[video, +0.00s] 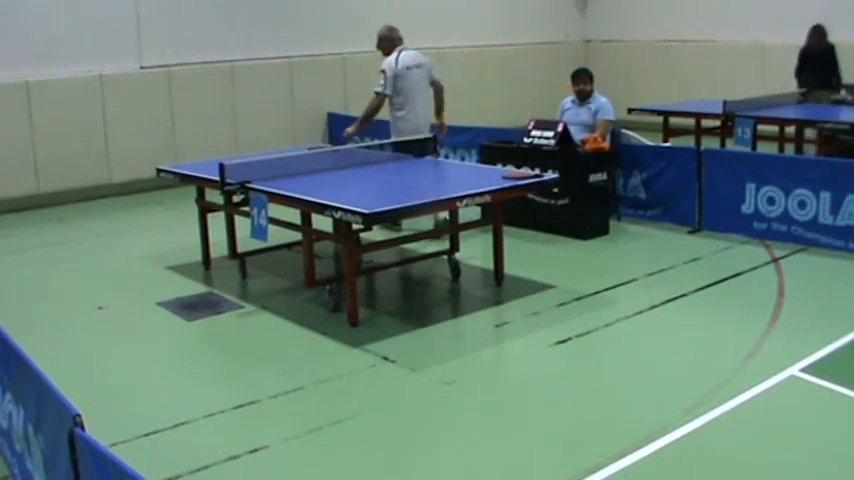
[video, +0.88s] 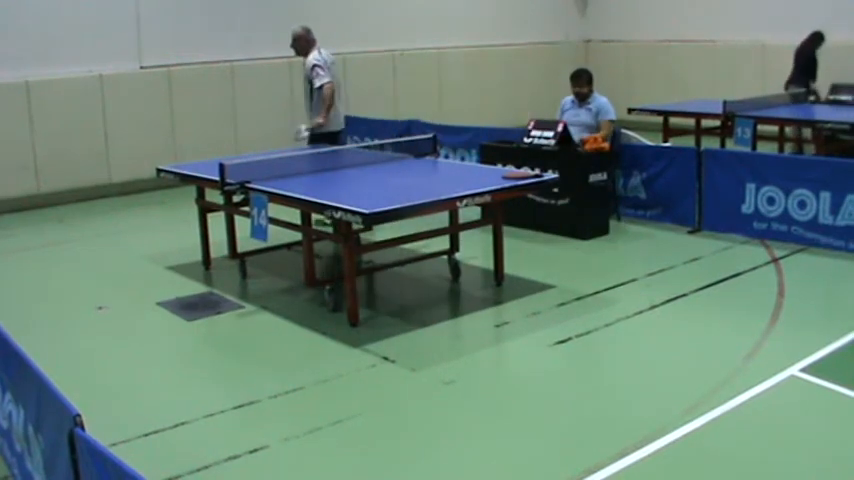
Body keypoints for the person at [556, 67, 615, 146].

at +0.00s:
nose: (581, 87)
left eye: (585, 84)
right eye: (577, 84)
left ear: (592, 85)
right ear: (572, 86)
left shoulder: (602, 104)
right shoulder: (566, 103)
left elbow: (601, 135)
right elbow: (560, 127)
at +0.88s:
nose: (577, 90)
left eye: (581, 87)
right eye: (574, 87)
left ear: (590, 87)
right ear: (571, 87)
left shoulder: (602, 103)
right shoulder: (566, 103)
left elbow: (606, 132)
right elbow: (559, 125)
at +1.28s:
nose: (574, 91)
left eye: (578, 87)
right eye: (572, 87)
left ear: (588, 87)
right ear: (568, 87)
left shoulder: (601, 104)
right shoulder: (565, 103)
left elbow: (601, 133)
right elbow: (560, 126)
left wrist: (583, 134)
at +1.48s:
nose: (571, 92)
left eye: (574, 88)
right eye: (569, 89)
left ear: (586, 87)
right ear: (566, 88)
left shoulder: (600, 103)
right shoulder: (566, 102)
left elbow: (602, 132)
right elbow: (559, 125)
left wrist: (583, 131)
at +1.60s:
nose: (569, 93)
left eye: (572, 89)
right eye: (567, 90)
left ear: (584, 88)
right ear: (565, 89)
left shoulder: (600, 103)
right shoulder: (565, 102)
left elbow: (602, 132)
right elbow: (556, 124)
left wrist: (581, 127)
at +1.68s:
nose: (568, 93)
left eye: (571, 89)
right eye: (567, 90)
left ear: (583, 87)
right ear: (565, 89)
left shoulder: (600, 102)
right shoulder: (565, 102)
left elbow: (600, 130)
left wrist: (578, 122)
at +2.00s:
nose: (563, 94)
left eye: (566, 90)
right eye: (562, 91)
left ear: (577, 88)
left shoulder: (597, 100)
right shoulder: (562, 102)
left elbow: (596, 124)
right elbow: (554, 120)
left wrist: (571, 119)